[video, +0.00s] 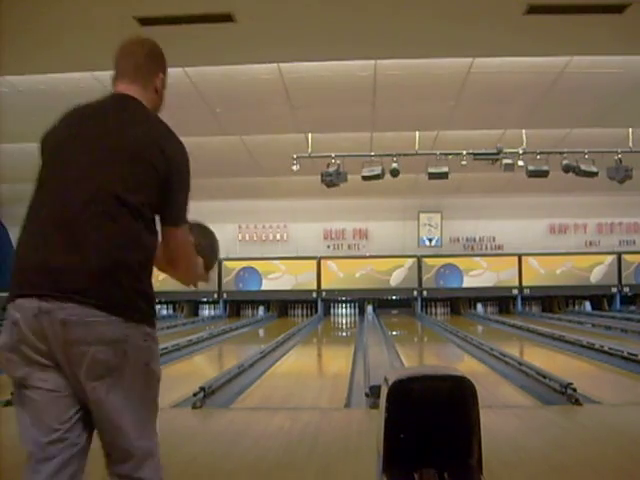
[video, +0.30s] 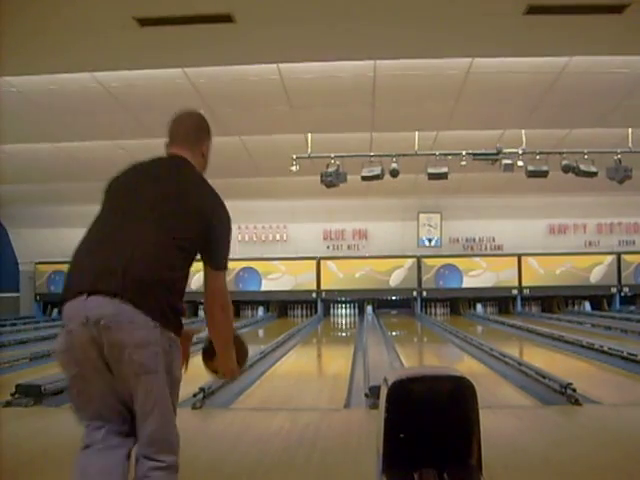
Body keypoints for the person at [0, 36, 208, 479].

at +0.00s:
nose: (164, 95)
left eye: (163, 88)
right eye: (165, 86)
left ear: (114, 78)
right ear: (159, 81)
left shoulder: (63, 127)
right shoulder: (164, 144)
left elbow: (85, 221)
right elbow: (175, 249)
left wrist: (165, 257)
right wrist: (194, 272)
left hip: (28, 310)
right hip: (108, 314)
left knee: (49, 463)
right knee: (135, 463)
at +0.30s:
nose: (207, 157)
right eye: (208, 151)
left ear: (167, 145)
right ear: (205, 149)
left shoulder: (126, 178)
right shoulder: (209, 203)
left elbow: (129, 265)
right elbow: (217, 301)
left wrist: (175, 330)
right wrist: (226, 359)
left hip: (76, 312)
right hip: (138, 318)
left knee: (103, 430)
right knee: (157, 452)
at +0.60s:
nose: (240, 198)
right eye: (242, 193)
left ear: (213, 181)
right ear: (242, 189)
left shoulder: (176, 202)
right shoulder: (239, 214)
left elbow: (132, 258)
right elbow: (233, 263)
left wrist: (97, 312)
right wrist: (229, 332)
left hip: (136, 286)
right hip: (183, 291)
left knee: (150, 398)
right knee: (178, 399)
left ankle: (172, 468)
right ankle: (166, 472)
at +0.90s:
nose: (278, 233)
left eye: (277, 229)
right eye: (278, 232)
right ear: (272, 234)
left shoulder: (209, 236)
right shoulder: (266, 243)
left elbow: (172, 224)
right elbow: (259, 212)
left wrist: (129, 211)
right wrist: (246, 188)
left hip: (180, 298)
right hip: (223, 303)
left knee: (190, 381)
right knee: (231, 385)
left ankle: (178, 459)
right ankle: (226, 466)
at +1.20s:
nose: (293, 264)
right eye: (294, 259)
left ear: (274, 252)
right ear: (293, 258)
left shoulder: (252, 262)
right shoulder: (291, 280)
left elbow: (220, 267)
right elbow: (278, 304)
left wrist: (188, 266)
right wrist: (278, 329)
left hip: (216, 324)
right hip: (243, 326)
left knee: (252, 375)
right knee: (248, 389)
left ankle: (262, 422)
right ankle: (229, 432)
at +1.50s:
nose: (301, 263)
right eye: (303, 259)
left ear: (287, 255)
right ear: (304, 260)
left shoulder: (272, 264)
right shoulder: (309, 282)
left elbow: (237, 272)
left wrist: (198, 271)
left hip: (239, 308)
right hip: (261, 319)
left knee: (266, 368)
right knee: (238, 370)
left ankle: (277, 415)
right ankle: (179, 383)